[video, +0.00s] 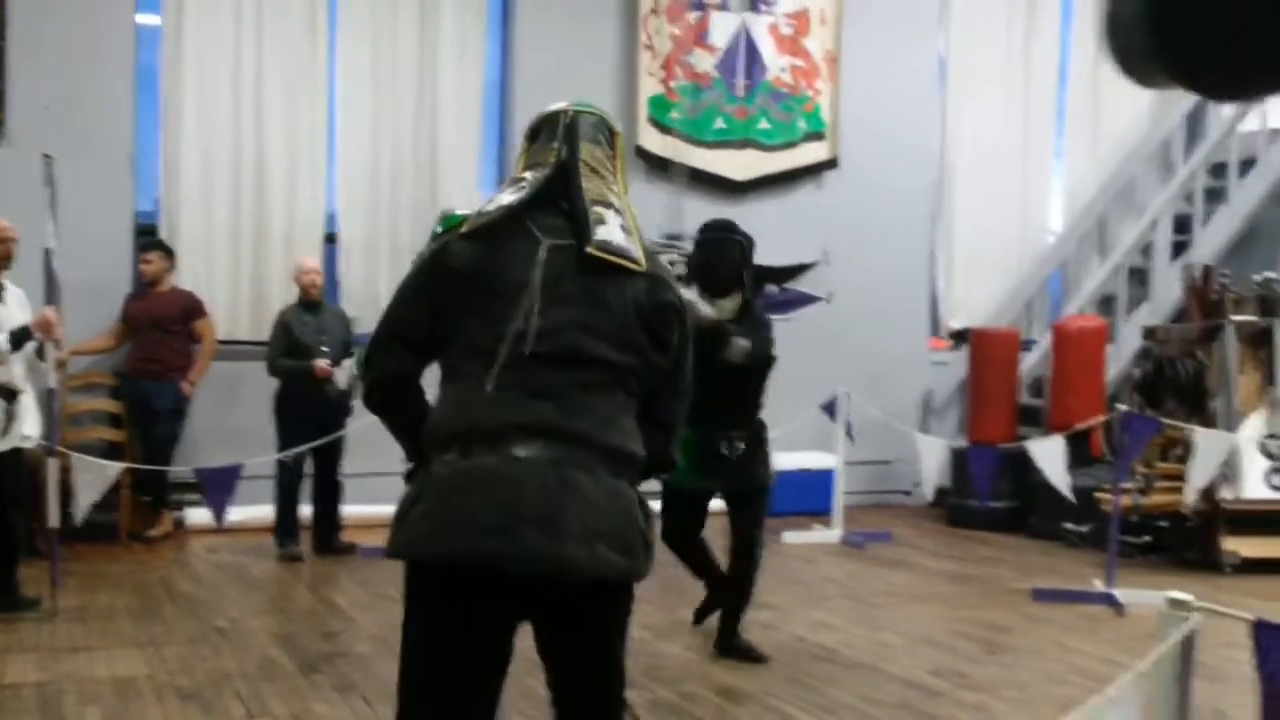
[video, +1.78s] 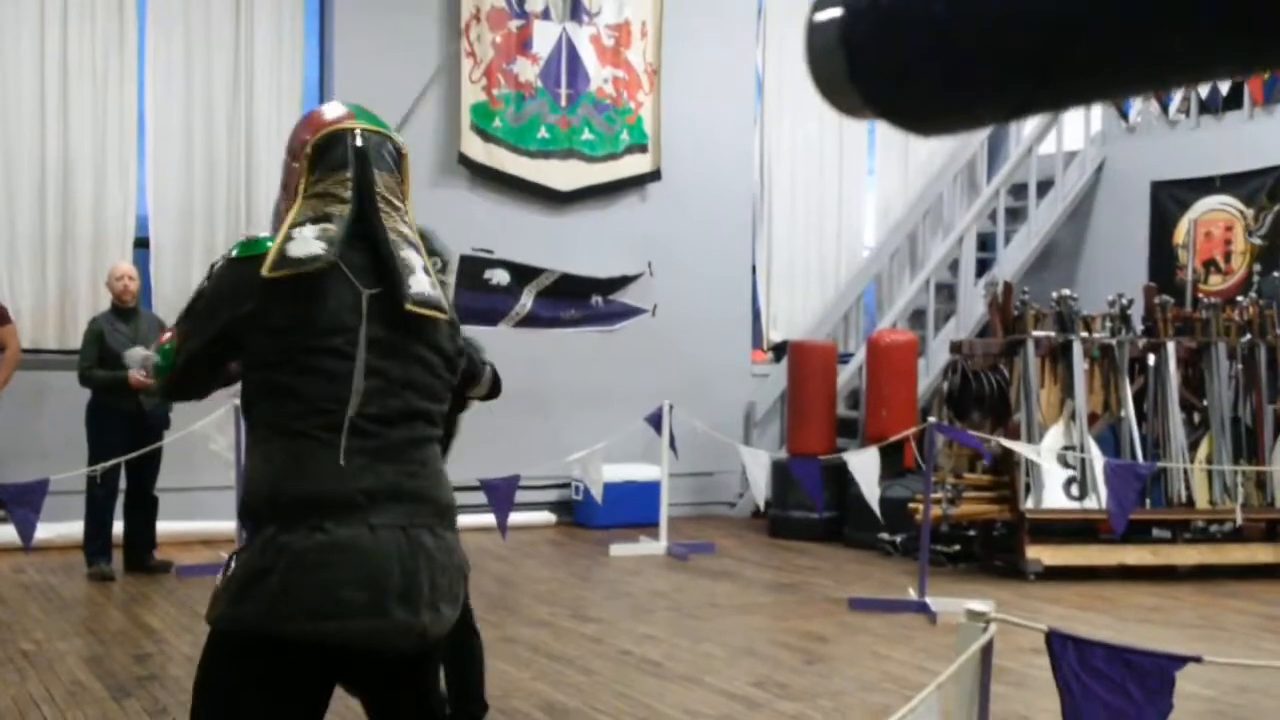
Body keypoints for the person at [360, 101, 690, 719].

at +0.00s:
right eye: (606, 162)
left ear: (527, 163)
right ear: (613, 170)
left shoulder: (463, 250)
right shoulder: (651, 281)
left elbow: (386, 375)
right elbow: (661, 435)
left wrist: (439, 452)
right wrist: (596, 466)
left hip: (461, 517)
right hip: (589, 526)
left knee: (439, 706)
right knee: (592, 708)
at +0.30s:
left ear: (463, 164)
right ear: (551, 169)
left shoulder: (400, 259)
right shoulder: (588, 278)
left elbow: (360, 411)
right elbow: (596, 441)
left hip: (415, 530)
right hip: (541, 535)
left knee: (402, 706)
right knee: (554, 705)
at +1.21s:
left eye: (428, 207)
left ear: (426, 212)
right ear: (507, 218)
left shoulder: (375, 279)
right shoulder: (546, 306)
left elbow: (337, 404)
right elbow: (557, 435)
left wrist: (398, 436)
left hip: (387, 506)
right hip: (498, 516)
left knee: (356, 690)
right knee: (475, 669)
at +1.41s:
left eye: (389, 204)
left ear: (378, 213)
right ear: (462, 214)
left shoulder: (329, 295)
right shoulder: (511, 313)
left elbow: (333, 407)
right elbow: (520, 444)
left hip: (350, 541)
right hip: (462, 546)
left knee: (305, 707)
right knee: (446, 673)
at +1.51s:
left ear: (347, 209)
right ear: (433, 206)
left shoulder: (302, 300)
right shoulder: (484, 308)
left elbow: (287, 409)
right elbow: (489, 431)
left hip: (332, 567)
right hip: (443, 568)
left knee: (284, 708)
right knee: (432, 686)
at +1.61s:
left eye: (320, 179)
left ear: (318, 192)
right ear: (410, 195)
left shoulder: (269, 285)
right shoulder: (462, 304)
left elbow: (232, 385)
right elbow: (462, 421)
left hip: (304, 573)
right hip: (425, 578)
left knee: (260, 707)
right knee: (430, 706)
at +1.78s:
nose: (283, 182)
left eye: (288, 168)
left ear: (301, 177)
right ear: (397, 182)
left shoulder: (259, 270)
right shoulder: (429, 287)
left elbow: (178, 374)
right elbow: (473, 378)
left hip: (287, 582)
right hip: (414, 591)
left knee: (233, 706)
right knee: (422, 705)